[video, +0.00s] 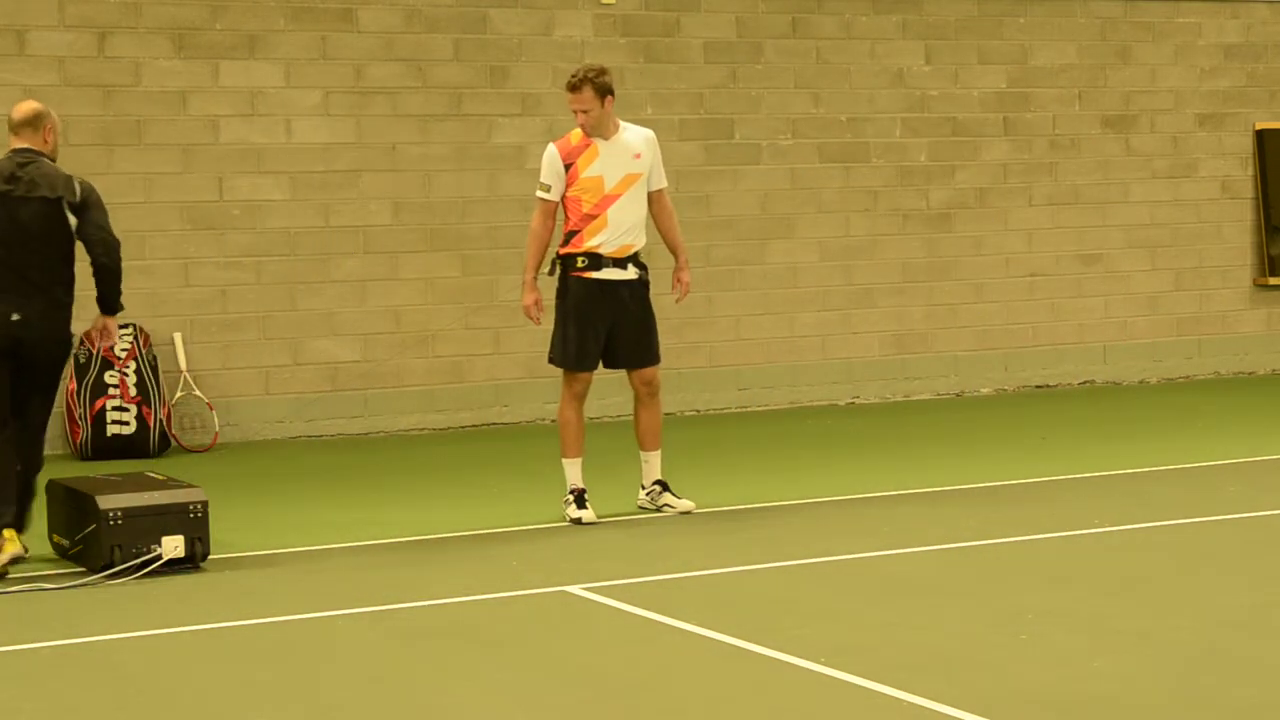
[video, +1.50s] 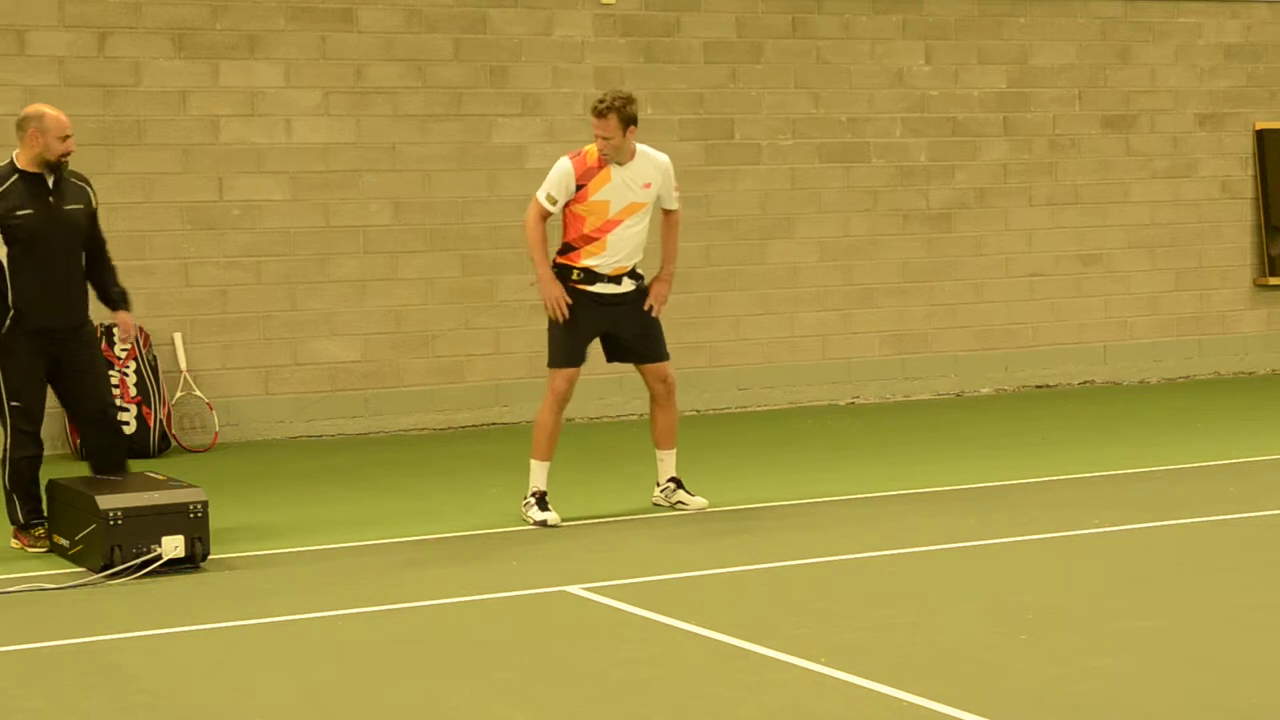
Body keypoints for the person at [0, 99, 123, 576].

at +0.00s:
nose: (57, 140)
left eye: (54, 132)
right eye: (56, 133)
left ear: (11, 133)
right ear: (48, 133)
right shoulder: (71, 189)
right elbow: (104, 247)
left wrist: (107, 311)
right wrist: (108, 310)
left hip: (2, 331)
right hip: (43, 332)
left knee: (7, 425)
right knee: (29, 429)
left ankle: (8, 529)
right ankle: (11, 529)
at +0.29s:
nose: (67, 143)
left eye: (66, 134)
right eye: (63, 134)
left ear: (26, 134)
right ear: (43, 134)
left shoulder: (1, 176)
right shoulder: (57, 192)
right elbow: (69, 270)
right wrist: (90, 331)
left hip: (2, 328)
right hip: (32, 333)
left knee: (8, 429)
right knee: (25, 434)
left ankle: (6, 530)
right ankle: (6, 532)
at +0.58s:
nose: (73, 147)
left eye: (72, 138)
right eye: (67, 139)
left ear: (33, 140)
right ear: (42, 140)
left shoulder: (7, 179)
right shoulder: (52, 194)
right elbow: (61, 269)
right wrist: (82, 327)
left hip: (7, 322)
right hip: (32, 327)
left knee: (24, 423)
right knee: (31, 427)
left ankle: (23, 516)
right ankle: (6, 527)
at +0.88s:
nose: (83, 152)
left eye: (84, 143)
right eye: (79, 142)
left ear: (49, 135)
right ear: (51, 135)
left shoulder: (22, 171)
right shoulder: (42, 182)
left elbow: (28, 254)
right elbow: (47, 256)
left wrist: (62, 309)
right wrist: (74, 312)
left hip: (15, 312)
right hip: (22, 315)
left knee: (30, 413)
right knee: (47, 413)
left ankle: (20, 514)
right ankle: (12, 516)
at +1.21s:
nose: (72, 153)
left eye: (74, 145)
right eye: (67, 144)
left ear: (47, 139)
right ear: (40, 138)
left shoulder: (57, 186)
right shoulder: (4, 188)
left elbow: (58, 261)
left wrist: (70, 320)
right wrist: (17, 322)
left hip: (60, 326)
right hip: (20, 329)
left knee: (82, 407)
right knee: (26, 423)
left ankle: (38, 487)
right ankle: (25, 521)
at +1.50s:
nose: (71, 145)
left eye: (71, 137)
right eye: (63, 137)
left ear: (55, 138)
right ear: (32, 138)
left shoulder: (78, 187)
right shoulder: (4, 190)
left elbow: (95, 254)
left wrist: (119, 306)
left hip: (74, 330)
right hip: (19, 333)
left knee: (102, 420)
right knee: (23, 430)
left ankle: (121, 517)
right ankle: (28, 521)